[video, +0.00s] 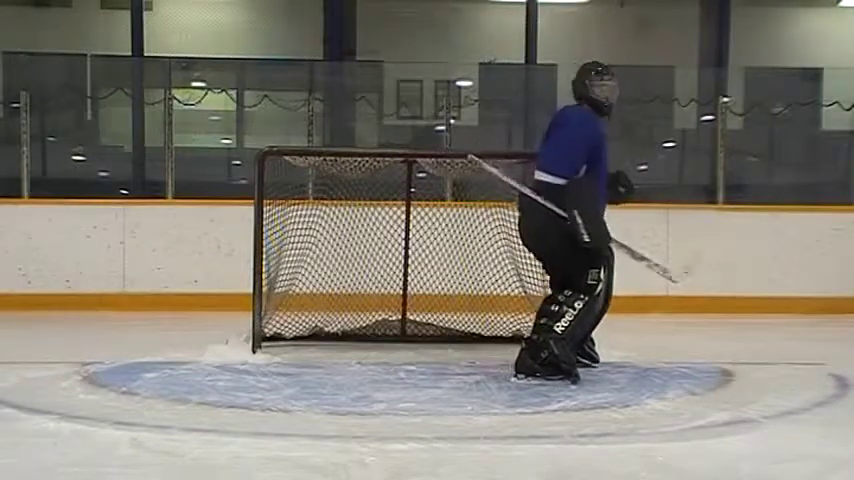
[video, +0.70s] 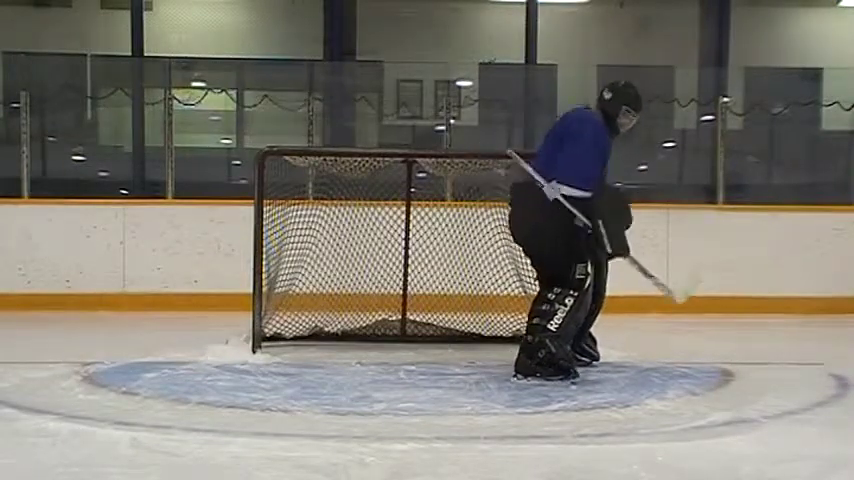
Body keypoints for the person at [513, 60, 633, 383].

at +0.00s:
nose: (610, 92)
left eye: (612, 85)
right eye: (603, 85)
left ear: (580, 90)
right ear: (587, 88)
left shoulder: (568, 117)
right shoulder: (586, 124)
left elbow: (573, 173)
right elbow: (569, 188)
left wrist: (606, 183)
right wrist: (592, 238)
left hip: (536, 213)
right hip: (556, 216)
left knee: (568, 279)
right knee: (595, 276)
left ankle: (541, 348)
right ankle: (553, 345)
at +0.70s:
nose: (629, 122)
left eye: (633, 117)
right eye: (627, 114)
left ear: (604, 104)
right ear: (612, 105)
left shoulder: (586, 123)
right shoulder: (590, 129)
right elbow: (575, 191)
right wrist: (598, 235)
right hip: (545, 211)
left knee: (560, 280)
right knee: (574, 280)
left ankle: (542, 349)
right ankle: (540, 353)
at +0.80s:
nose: (633, 133)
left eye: (637, 127)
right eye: (630, 125)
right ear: (615, 116)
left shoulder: (591, 134)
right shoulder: (594, 141)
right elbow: (579, 207)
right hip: (536, 214)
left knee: (560, 281)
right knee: (573, 281)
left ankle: (543, 349)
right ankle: (540, 353)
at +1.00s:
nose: (642, 175)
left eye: (646, 170)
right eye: (640, 167)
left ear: (618, 152)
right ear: (628, 159)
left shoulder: (591, 163)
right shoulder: (610, 187)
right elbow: (600, 239)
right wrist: (617, 279)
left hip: (514, 220)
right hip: (535, 232)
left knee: (564, 287)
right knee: (592, 288)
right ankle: (541, 356)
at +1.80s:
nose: (629, 136)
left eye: (629, 130)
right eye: (622, 130)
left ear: (597, 134)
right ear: (604, 132)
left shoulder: (583, 154)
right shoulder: (600, 164)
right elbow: (592, 226)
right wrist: (610, 275)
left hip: (516, 219)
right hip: (535, 225)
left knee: (560, 289)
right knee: (586, 286)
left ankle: (537, 352)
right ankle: (542, 353)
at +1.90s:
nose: (624, 128)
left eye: (624, 122)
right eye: (617, 123)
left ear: (596, 126)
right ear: (600, 125)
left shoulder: (580, 148)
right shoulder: (595, 156)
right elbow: (588, 214)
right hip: (537, 224)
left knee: (560, 288)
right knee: (584, 287)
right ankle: (538, 354)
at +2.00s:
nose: (622, 121)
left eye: (621, 115)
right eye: (616, 116)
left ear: (593, 120)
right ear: (599, 119)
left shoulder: (574, 143)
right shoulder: (598, 152)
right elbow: (591, 215)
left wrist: (613, 219)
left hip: (524, 218)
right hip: (544, 226)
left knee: (558, 288)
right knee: (585, 287)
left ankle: (535, 348)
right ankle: (539, 353)